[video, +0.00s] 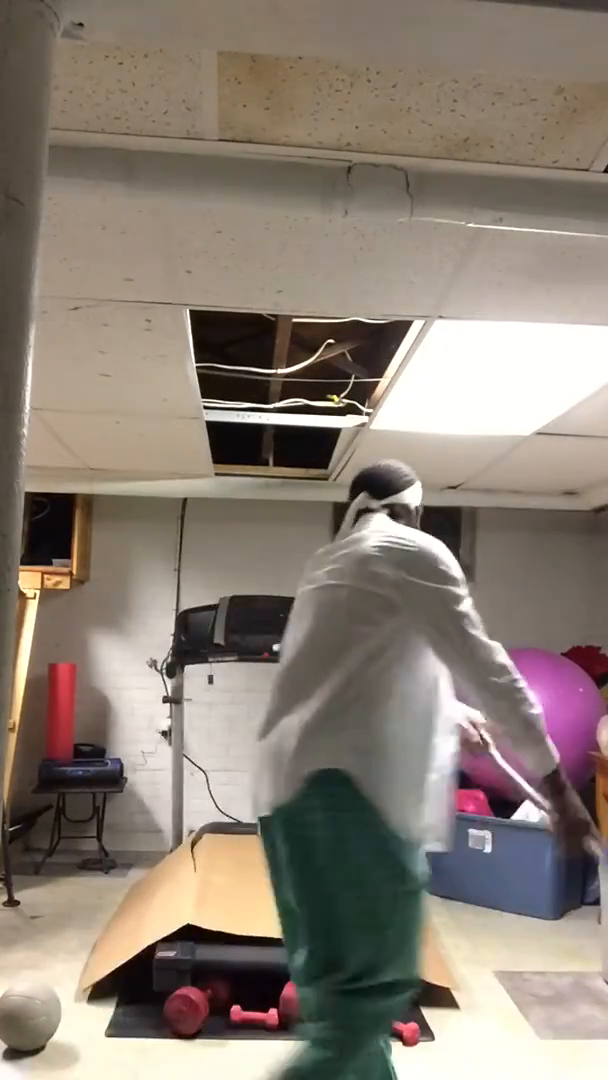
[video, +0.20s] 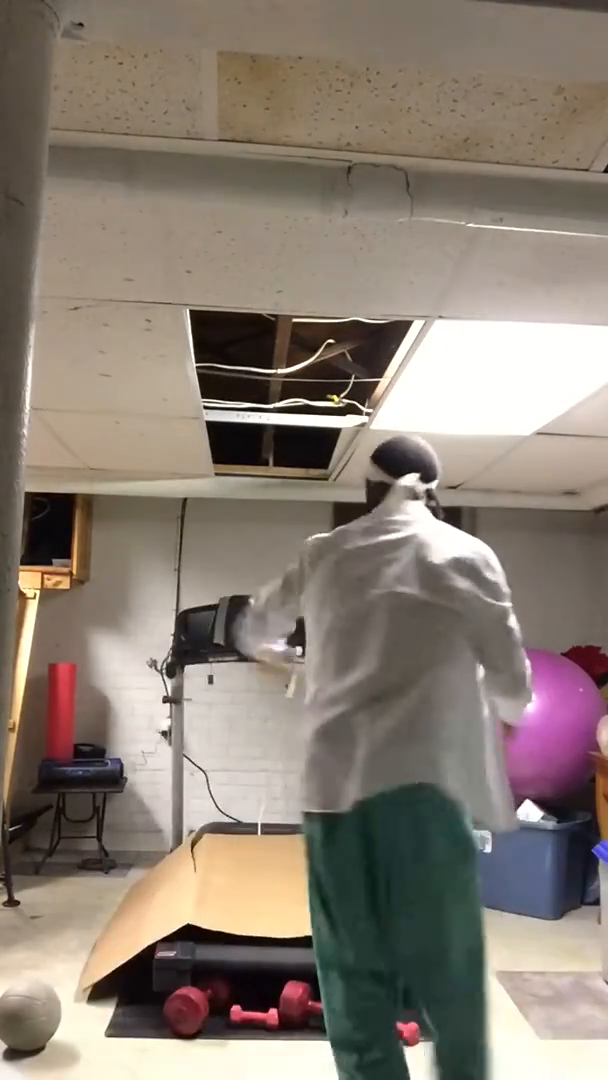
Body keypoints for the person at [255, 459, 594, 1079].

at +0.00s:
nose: (421, 521)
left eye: (419, 513)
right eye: (419, 512)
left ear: (355, 509)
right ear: (410, 509)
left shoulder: (327, 562)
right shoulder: (412, 551)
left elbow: (362, 675)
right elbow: (490, 673)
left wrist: (453, 717)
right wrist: (559, 792)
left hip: (287, 786)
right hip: (348, 781)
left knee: (332, 983)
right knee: (374, 987)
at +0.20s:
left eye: (373, 484)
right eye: (435, 487)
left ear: (372, 487)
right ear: (432, 490)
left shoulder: (323, 552)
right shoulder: (464, 553)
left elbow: (256, 625)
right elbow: (512, 680)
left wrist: (282, 654)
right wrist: (504, 707)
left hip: (330, 780)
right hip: (423, 775)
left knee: (350, 972)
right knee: (448, 965)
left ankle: (371, 1075)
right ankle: (462, 1070)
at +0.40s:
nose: (363, 497)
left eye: (372, 486)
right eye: (370, 484)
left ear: (390, 491)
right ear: (438, 498)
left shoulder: (337, 550)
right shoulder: (499, 570)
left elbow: (227, 564)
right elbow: (521, 679)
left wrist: (128, 584)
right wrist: (460, 697)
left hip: (368, 790)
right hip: (468, 789)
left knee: (367, 947)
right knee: (476, 936)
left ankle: (375, 1069)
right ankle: (481, 1065)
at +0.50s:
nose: (370, 496)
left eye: (380, 484)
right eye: (375, 483)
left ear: (404, 489)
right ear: (444, 495)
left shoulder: (365, 548)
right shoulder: (500, 571)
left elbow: (260, 556)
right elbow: (520, 676)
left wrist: (147, 566)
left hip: (386, 774)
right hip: (476, 775)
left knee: (375, 934)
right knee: (473, 928)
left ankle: (381, 1068)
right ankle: (462, 1060)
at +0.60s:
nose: (376, 491)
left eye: (388, 479)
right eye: (380, 478)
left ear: (426, 488)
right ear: (448, 494)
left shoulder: (397, 545)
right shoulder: (494, 568)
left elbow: (306, 560)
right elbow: (507, 670)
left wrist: (207, 568)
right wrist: (462, 710)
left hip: (400, 765)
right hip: (476, 766)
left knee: (390, 926)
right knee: (470, 921)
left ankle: (400, 1066)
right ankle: (459, 1060)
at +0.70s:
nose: (388, 489)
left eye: (402, 478)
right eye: (389, 477)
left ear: (438, 488)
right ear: (447, 496)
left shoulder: (421, 544)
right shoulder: (479, 563)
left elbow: (357, 567)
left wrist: (278, 578)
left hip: (415, 762)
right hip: (468, 762)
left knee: (409, 929)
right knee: (460, 922)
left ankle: (438, 1067)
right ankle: (459, 1061)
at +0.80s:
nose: (399, 490)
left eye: (413, 480)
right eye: (397, 480)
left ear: (449, 489)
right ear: (403, 487)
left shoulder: (440, 542)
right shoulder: (444, 547)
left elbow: (427, 582)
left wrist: (350, 596)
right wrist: (348, 617)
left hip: (425, 760)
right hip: (452, 758)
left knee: (421, 920)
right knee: (453, 916)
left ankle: (462, 1064)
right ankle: (454, 1048)